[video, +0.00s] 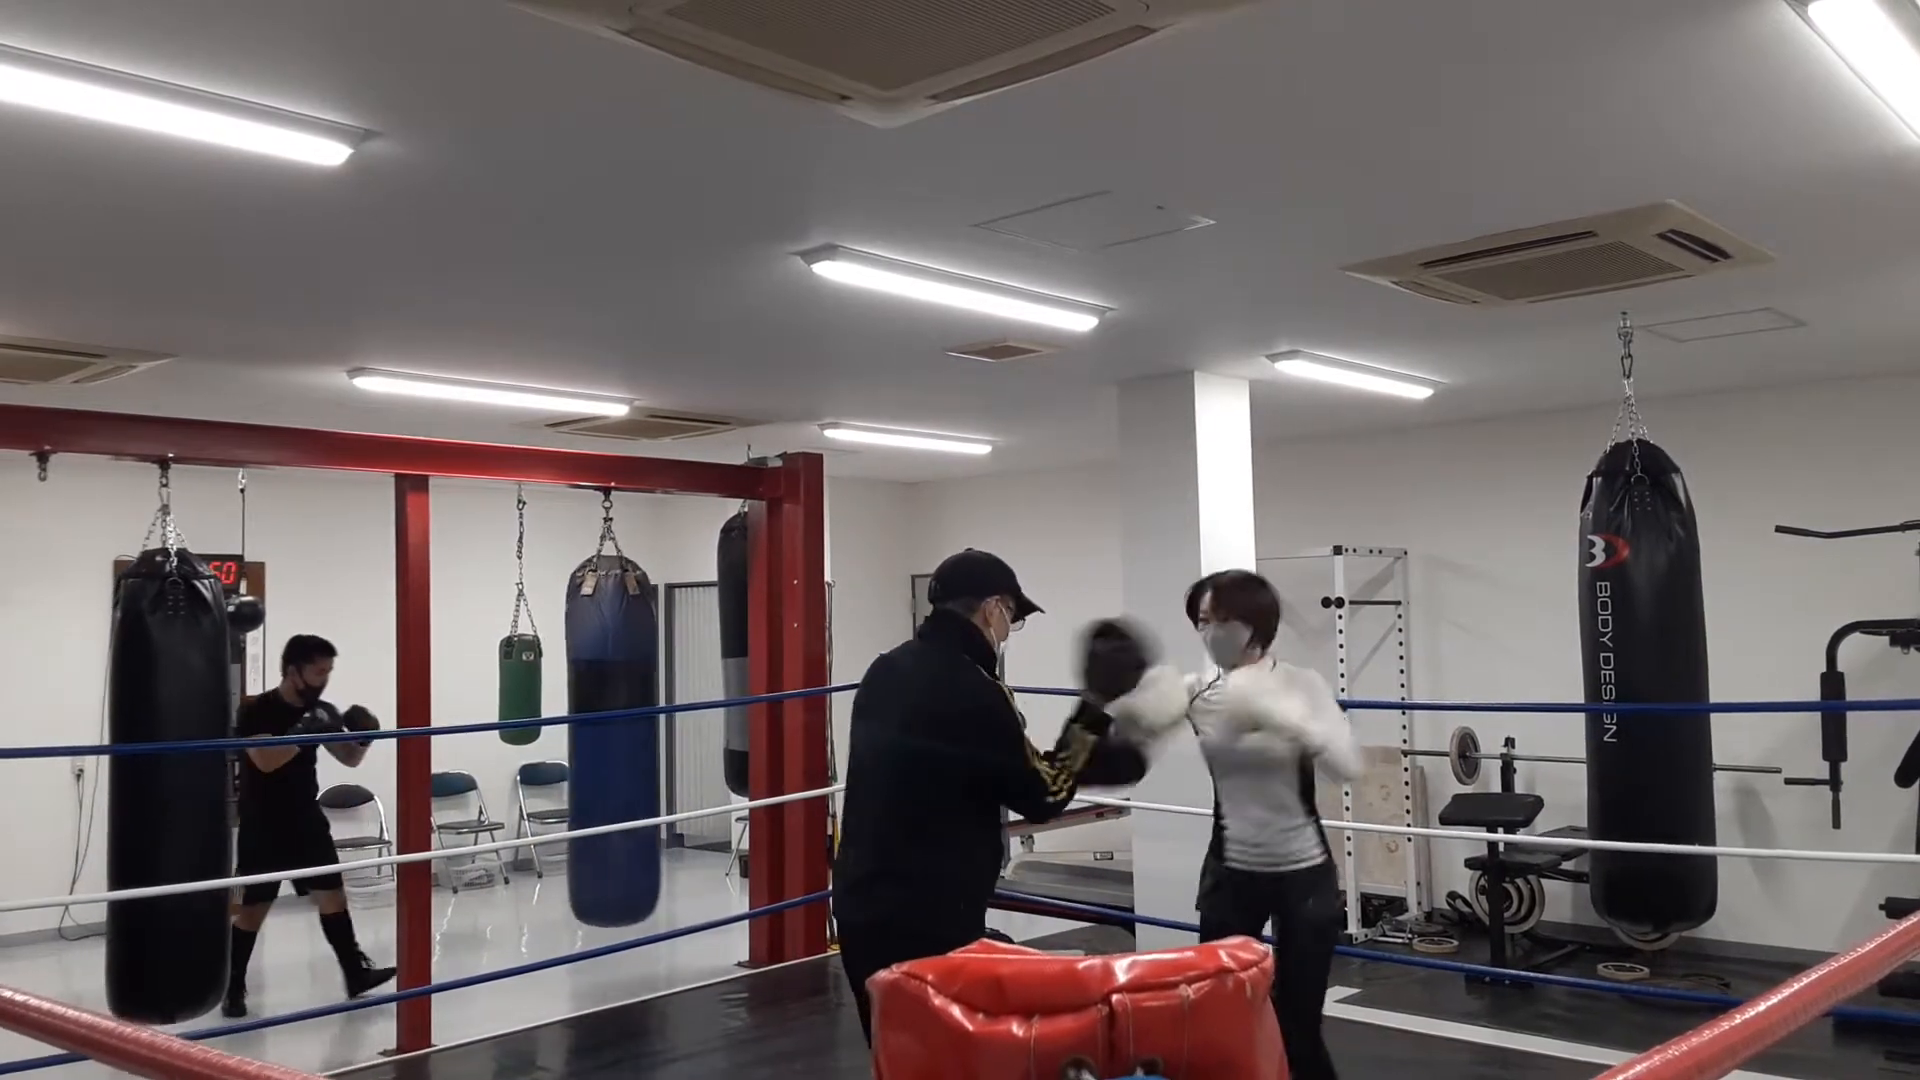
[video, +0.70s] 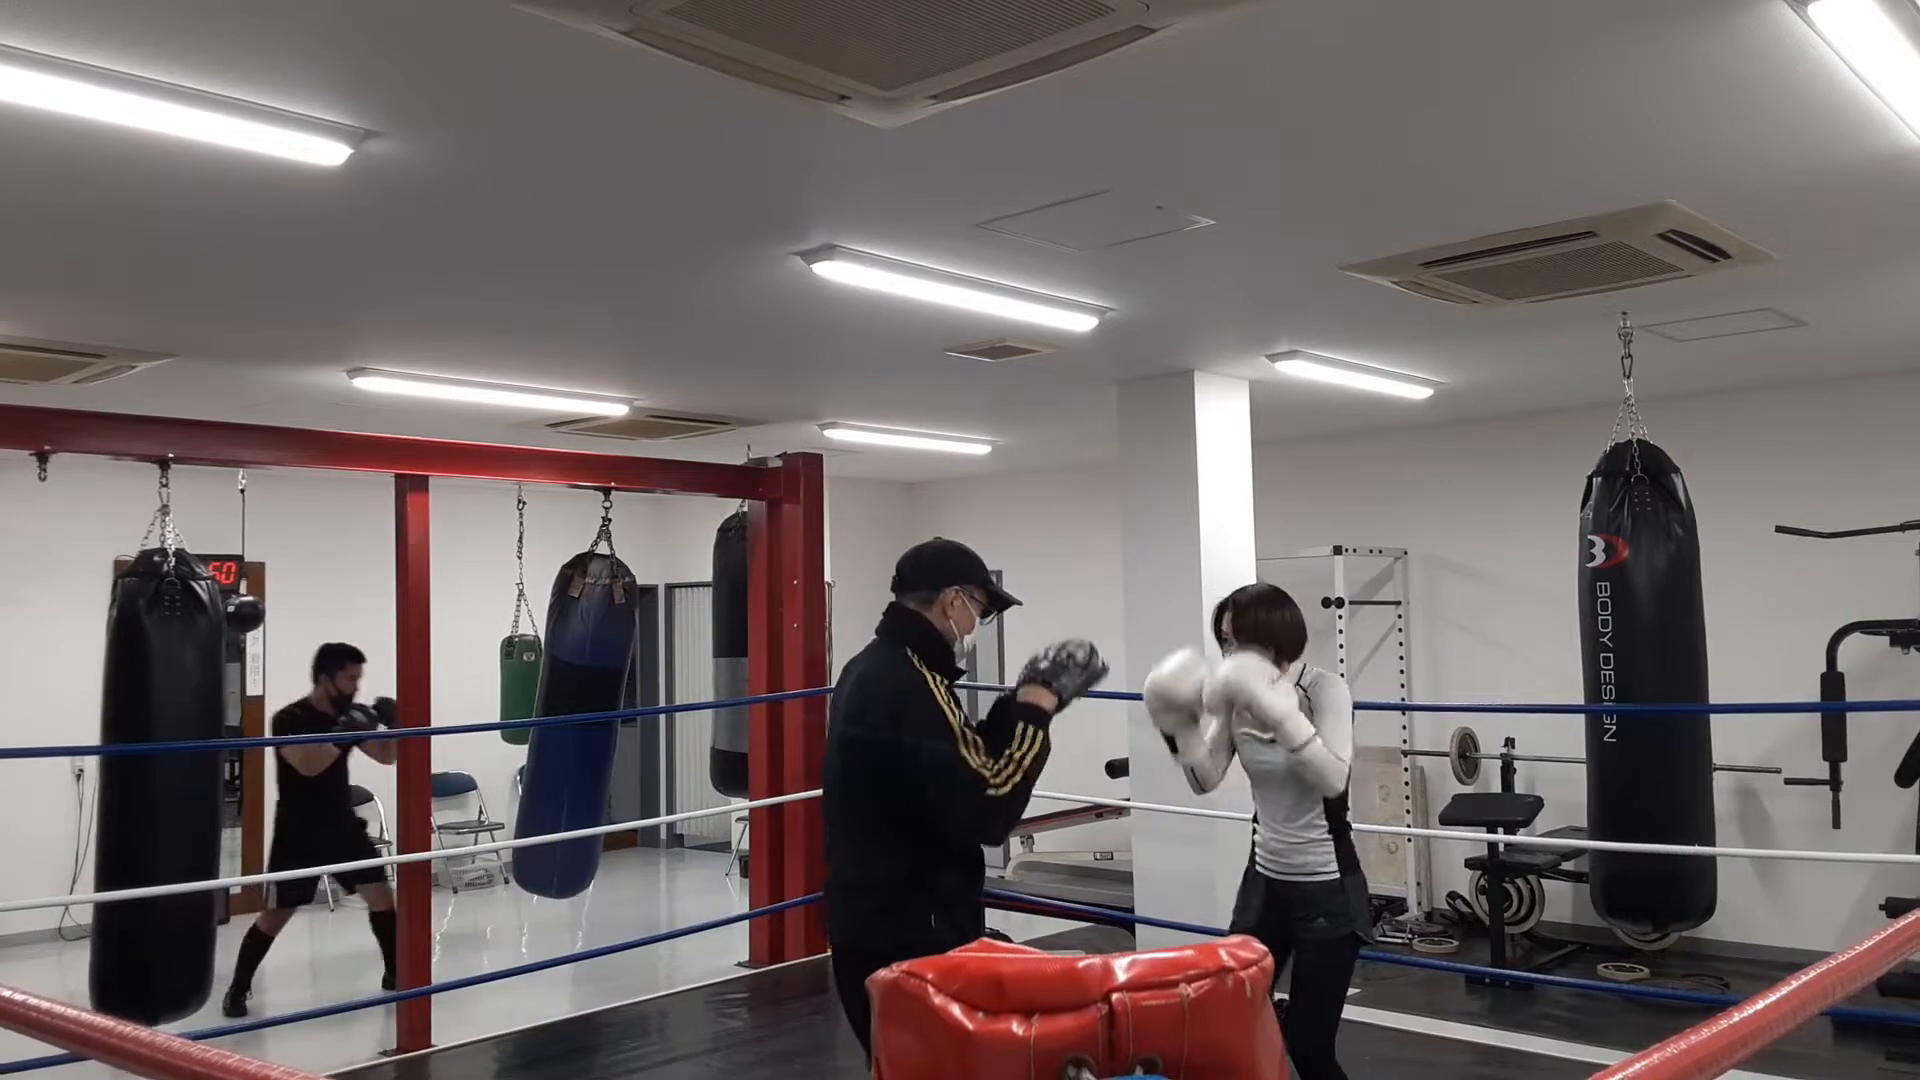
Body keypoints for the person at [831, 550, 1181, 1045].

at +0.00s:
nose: (1011, 631)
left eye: (1014, 619)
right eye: (1011, 617)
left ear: (942, 605)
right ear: (991, 609)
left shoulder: (883, 672)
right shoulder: (978, 695)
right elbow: (1040, 798)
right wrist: (1087, 730)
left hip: (864, 915)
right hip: (939, 920)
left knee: (892, 1058)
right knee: (946, 1057)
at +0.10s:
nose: (1006, 635)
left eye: (1009, 622)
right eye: (1007, 619)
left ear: (937, 607)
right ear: (987, 611)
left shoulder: (873, 674)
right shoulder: (979, 696)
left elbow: (855, 791)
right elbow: (1045, 805)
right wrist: (1111, 726)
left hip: (859, 914)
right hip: (938, 919)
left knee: (888, 1059)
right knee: (946, 1060)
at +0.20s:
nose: (1005, 640)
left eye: (1009, 627)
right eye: (1007, 624)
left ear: (935, 609)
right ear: (986, 613)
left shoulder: (877, 674)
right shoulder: (957, 686)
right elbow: (1032, 816)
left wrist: (1082, 749)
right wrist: (1096, 737)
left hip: (862, 925)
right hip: (934, 930)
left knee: (892, 1061)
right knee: (949, 1063)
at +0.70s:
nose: (976, 631)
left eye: (981, 616)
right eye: (978, 613)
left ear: (927, 601)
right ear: (951, 603)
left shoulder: (873, 671)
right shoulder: (911, 682)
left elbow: (968, 766)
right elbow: (990, 809)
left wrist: (1025, 699)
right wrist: (1033, 709)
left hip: (878, 946)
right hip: (920, 954)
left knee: (904, 1067)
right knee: (932, 1068)